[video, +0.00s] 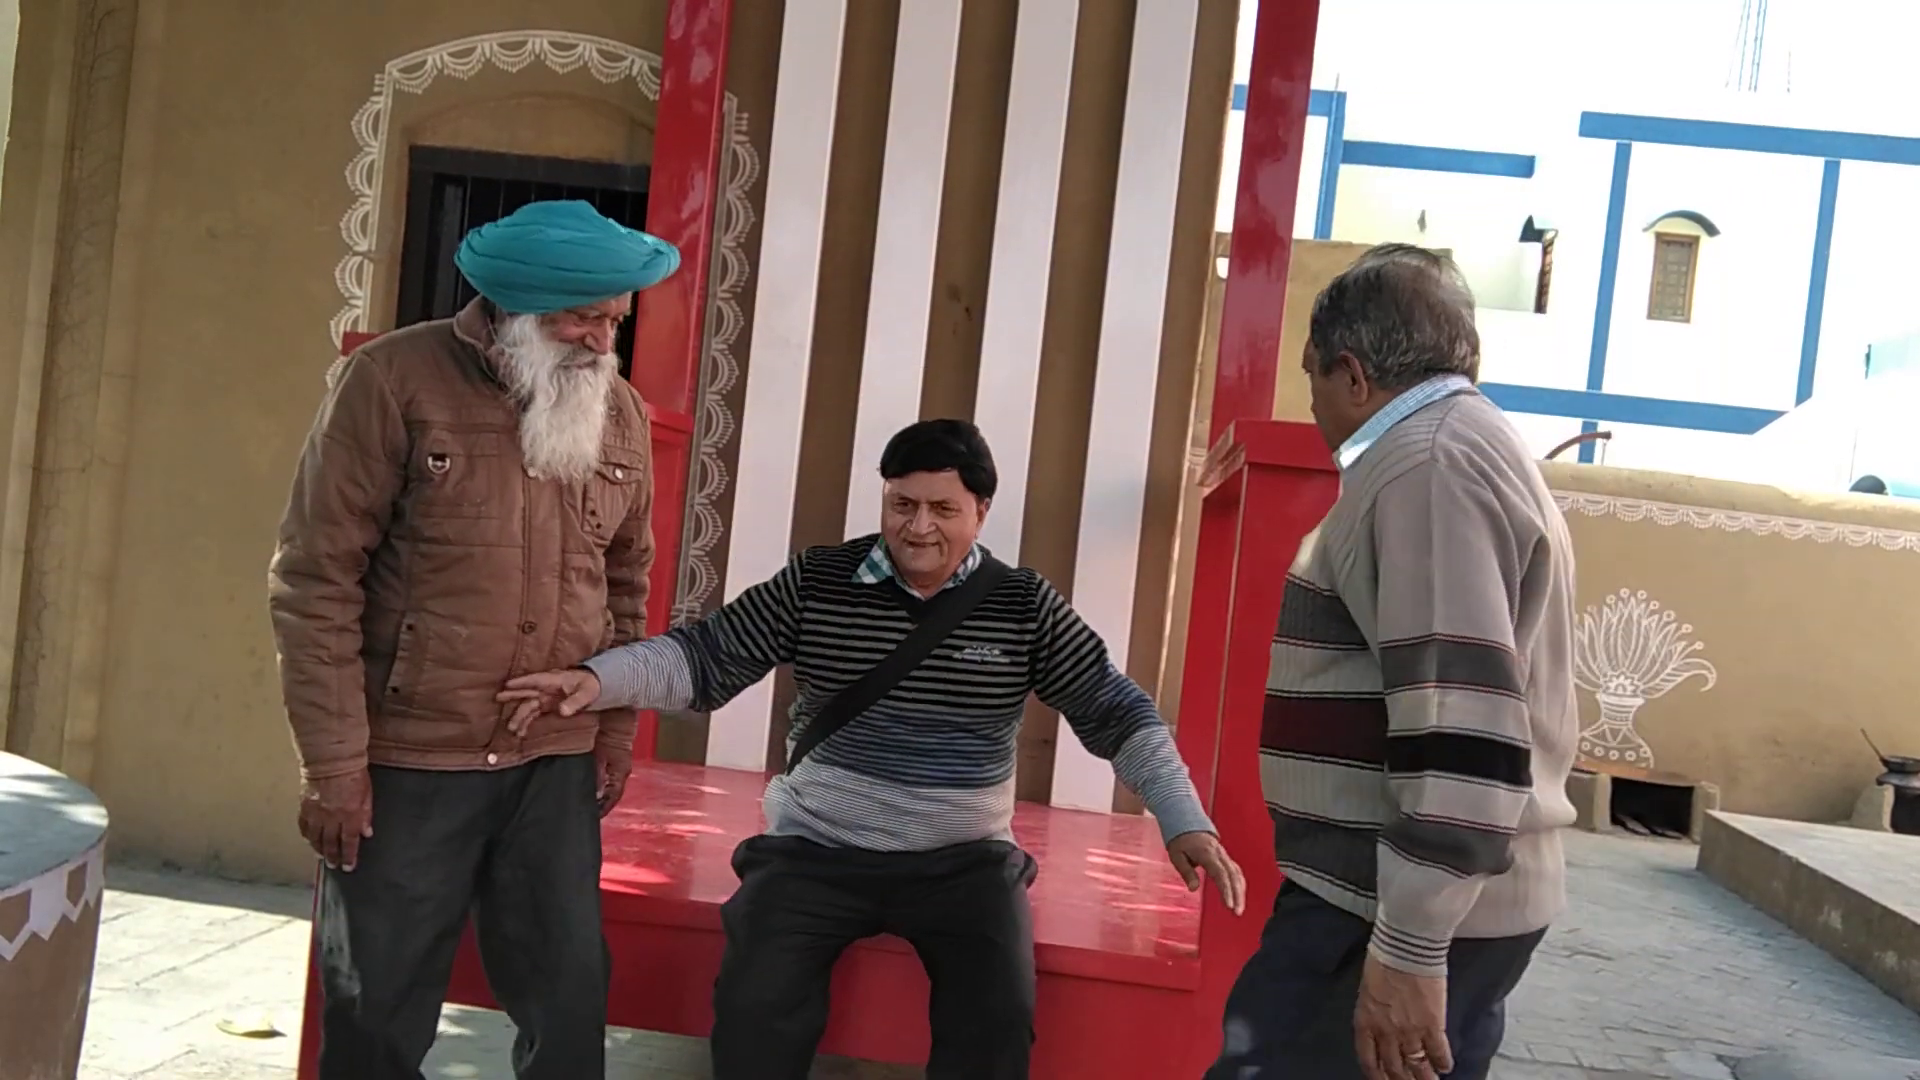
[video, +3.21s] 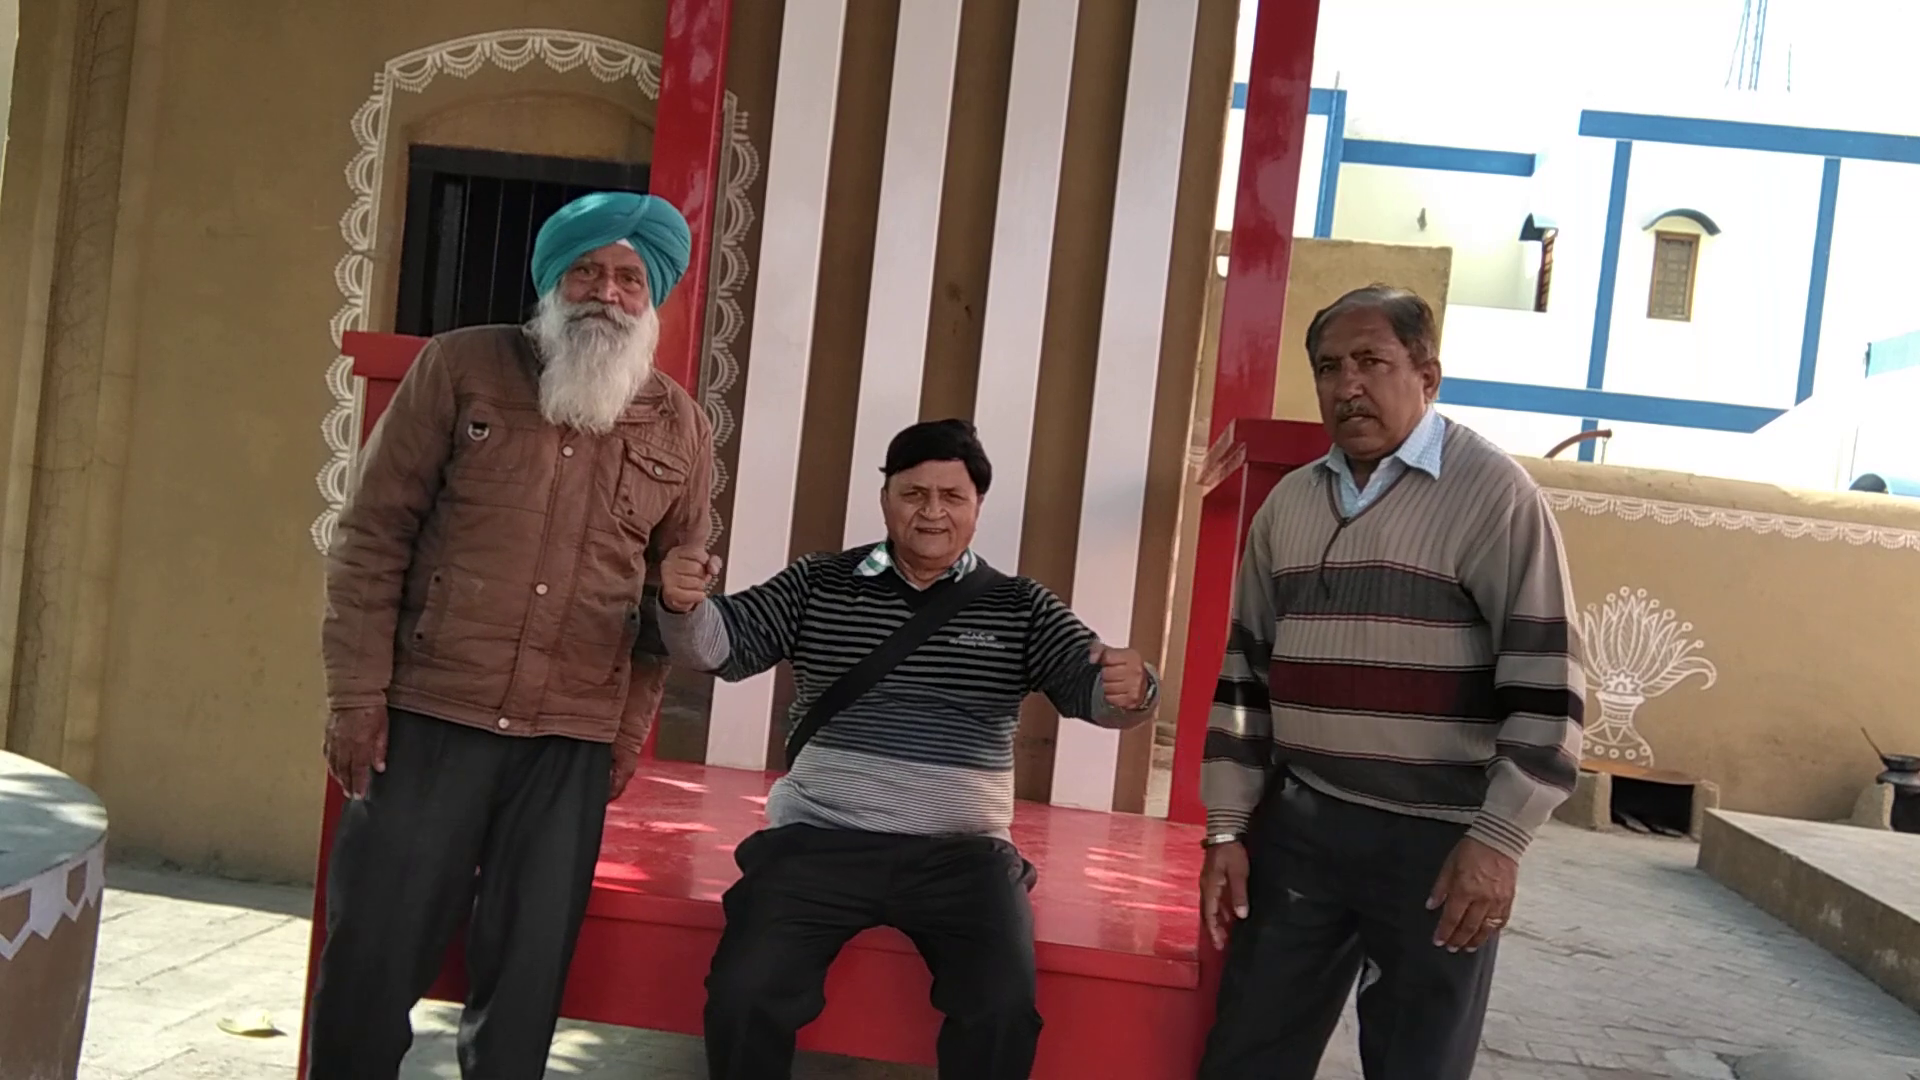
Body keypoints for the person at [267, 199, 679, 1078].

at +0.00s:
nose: (602, 337)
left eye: (614, 318)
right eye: (584, 316)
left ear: (621, 313)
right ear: (517, 306)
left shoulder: (619, 412)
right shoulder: (393, 379)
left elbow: (626, 585)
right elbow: (315, 575)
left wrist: (616, 728)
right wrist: (335, 763)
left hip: (553, 776)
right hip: (410, 776)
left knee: (569, 1013)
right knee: (378, 1032)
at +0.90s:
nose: (692, 317)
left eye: (715, 303)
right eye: (672, 295)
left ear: (733, 326)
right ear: (629, 301)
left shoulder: (740, 446)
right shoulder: (534, 370)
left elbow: (707, 601)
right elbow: (426, 527)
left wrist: (668, 730)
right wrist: (404, 689)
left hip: (610, 762)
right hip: (474, 739)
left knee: (567, 1019)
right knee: (413, 999)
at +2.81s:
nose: (590, 285)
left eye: (612, 271)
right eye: (570, 265)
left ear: (636, 294)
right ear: (532, 276)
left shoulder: (665, 417)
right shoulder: (443, 366)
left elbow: (666, 585)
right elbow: (363, 542)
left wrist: (630, 722)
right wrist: (358, 709)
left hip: (572, 753)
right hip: (435, 741)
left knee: (523, 1005)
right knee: (416, 996)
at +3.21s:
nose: (610, 291)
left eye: (632, 277)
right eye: (591, 269)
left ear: (657, 300)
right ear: (554, 280)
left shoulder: (680, 427)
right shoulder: (460, 365)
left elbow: (676, 593)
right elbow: (374, 533)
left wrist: (631, 728)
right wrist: (357, 697)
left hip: (572, 747)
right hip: (431, 727)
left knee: (524, 999)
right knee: (367, 978)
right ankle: (351, 1074)